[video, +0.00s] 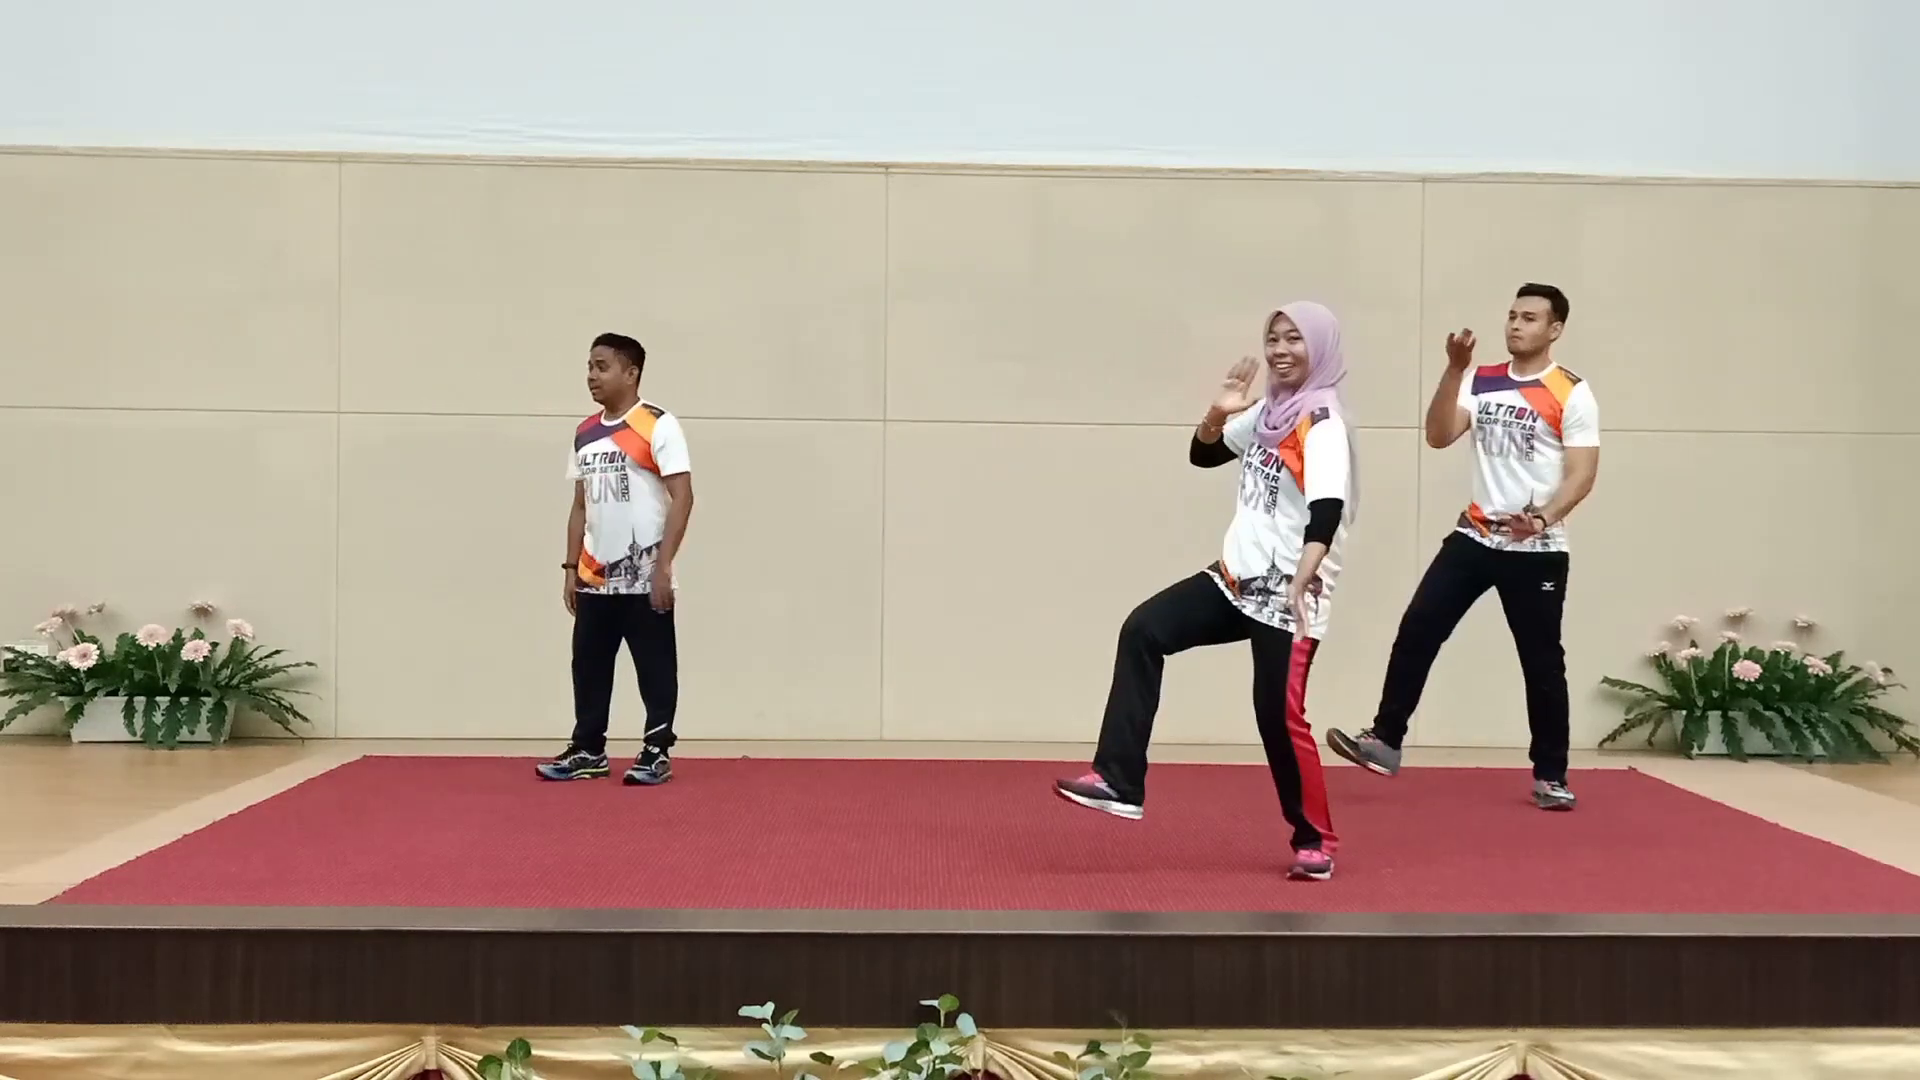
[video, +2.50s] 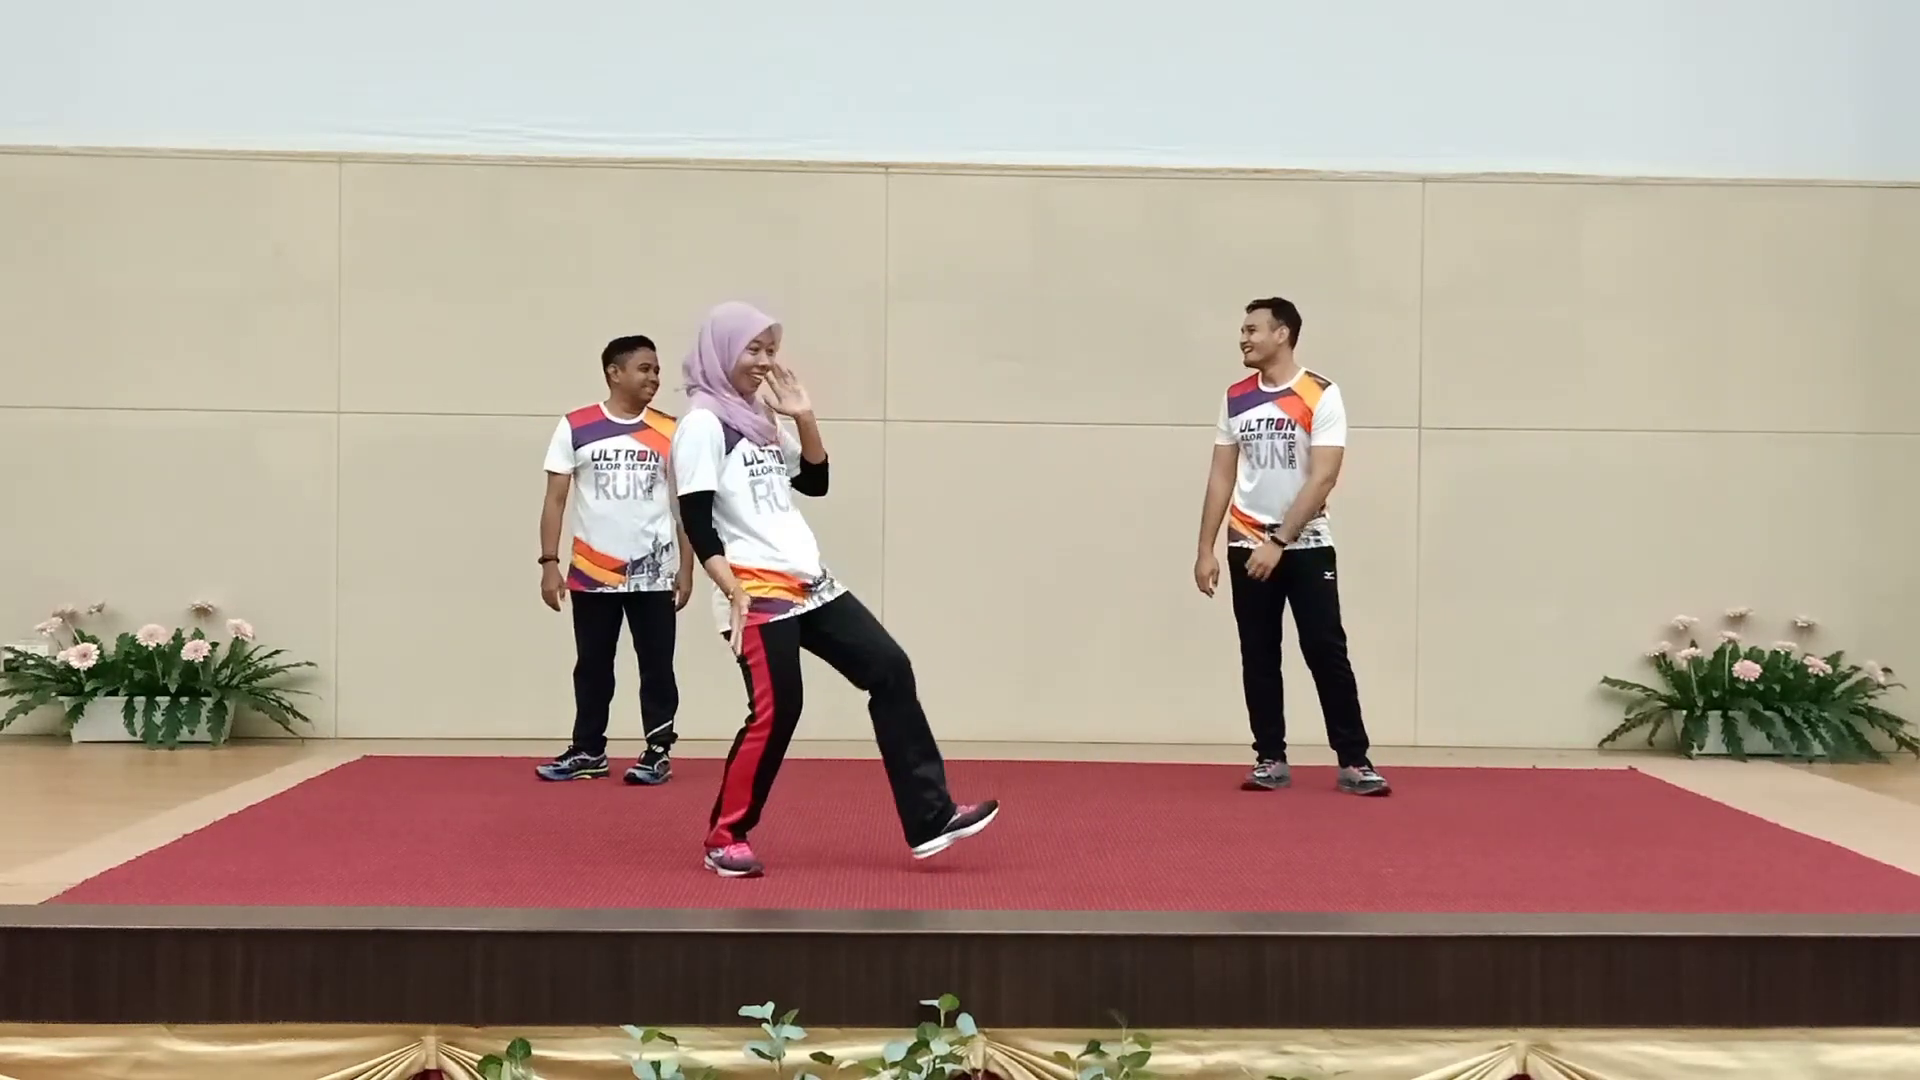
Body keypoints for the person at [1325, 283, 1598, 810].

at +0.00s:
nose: (1515, 325)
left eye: (1528, 319)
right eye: (1512, 317)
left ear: (1555, 330)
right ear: (1507, 324)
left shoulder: (1571, 395)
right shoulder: (1481, 380)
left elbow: (1581, 476)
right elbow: (1437, 436)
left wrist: (1543, 516)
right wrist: (1453, 371)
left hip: (1537, 551)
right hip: (1476, 538)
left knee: (1543, 665)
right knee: (1418, 629)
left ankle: (1550, 777)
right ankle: (1385, 741)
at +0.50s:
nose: (1490, 327)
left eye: (1501, 319)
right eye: (1487, 319)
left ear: (1532, 327)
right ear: (1483, 327)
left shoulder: (1558, 391)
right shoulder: (1469, 383)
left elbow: (1567, 469)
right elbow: (1424, 449)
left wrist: (1525, 434)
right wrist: (1452, 406)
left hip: (1524, 544)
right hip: (1460, 534)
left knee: (1536, 663)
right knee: (1410, 627)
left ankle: (1548, 777)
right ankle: (1381, 740)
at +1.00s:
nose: (1375, 328)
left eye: (1386, 320)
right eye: (1372, 322)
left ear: (1418, 327)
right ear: (1371, 331)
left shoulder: (1454, 390)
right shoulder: (1352, 392)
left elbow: (1468, 468)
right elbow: (1332, 475)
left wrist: (1433, 459)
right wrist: (1319, 550)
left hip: (1436, 544)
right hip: (1371, 545)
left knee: (1450, 649)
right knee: (1365, 659)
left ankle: (1443, 756)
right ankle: (1364, 772)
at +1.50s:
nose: (1334, 332)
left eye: (1344, 324)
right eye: (1334, 324)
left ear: (1377, 331)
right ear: (1340, 332)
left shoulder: (1414, 398)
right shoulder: (1318, 394)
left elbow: (1428, 483)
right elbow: (1299, 470)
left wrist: (1422, 560)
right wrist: (1288, 542)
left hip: (1389, 549)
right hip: (1329, 542)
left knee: (1375, 661)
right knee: (1330, 650)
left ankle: (1360, 762)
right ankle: (1326, 761)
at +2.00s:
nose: (1272, 336)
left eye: (1282, 328)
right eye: (1273, 328)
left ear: (1313, 333)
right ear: (1295, 335)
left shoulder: (1353, 396)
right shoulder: (1262, 396)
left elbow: (1366, 480)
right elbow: (1245, 472)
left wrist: (1359, 552)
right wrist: (1237, 541)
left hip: (1332, 550)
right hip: (1271, 548)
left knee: (1343, 658)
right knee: (1271, 658)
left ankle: (1357, 763)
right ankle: (1271, 760)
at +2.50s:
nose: (1243, 338)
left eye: (1252, 330)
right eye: (1243, 330)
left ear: (1284, 336)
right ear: (1260, 338)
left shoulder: (1322, 396)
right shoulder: (1236, 398)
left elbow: (1322, 479)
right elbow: (1222, 475)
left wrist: (1279, 541)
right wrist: (1205, 548)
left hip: (1307, 545)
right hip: (1249, 546)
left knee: (1327, 653)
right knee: (1259, 658)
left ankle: (1354, 762)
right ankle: (1271, 761)